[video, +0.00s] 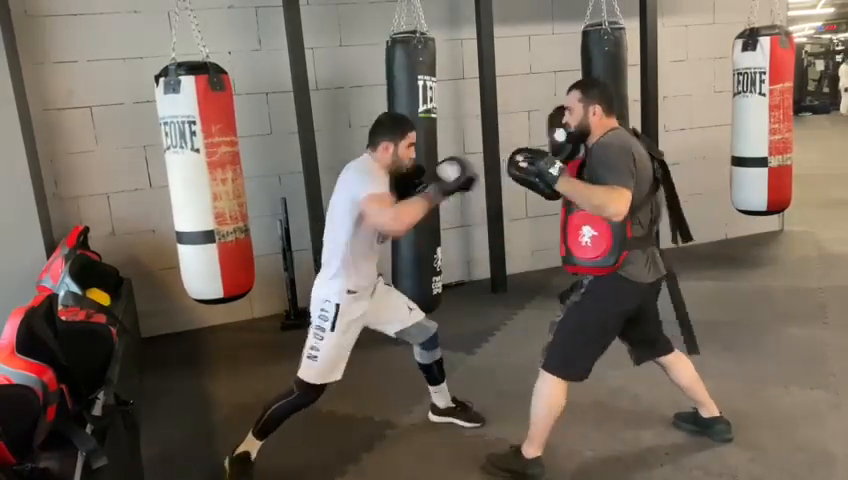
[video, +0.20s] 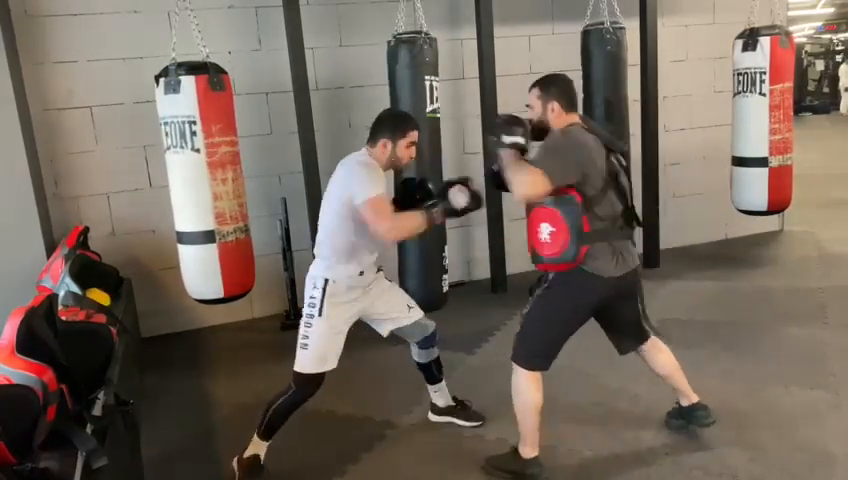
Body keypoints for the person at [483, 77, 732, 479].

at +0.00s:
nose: (567, 119)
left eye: (571, 110)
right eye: (566, 111)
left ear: (595, 110)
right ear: (603, 112)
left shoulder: (609, 148)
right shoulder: (629, 144)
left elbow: (616, 204)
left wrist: (556, 178)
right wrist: (569, 158)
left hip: (615, 278)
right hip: (644, 274)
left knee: (557, 364)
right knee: (660, 348)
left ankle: (529, 454)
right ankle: (712, 415)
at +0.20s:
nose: (531, 114)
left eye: (533, 106)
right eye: (530, 106)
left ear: (552, 106)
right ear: (569, 106)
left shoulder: (566, 143)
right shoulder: (593, 137)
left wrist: (509, 151)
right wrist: (532, 149)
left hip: (582, 273)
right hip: (621, 268)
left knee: (527, 357)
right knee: (644, 338)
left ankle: (527, 455)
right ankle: (692, 405)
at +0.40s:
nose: (509, 128)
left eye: (511, 120)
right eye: (508, 120)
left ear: (532, 119)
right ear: (547, 119)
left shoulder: (526, 153)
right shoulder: (584, 147)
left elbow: (471, 195)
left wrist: (443, 173)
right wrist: (512, 215)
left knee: (513, 361)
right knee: (629, 344)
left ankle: (524, 455)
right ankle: (661, 413)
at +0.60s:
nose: (525, 121)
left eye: (528, 113)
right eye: (524, 114)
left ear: (549, 112)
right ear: (556, 112)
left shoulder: (577, 151)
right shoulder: (565, 148)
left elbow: (589, 214)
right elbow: (541, 205)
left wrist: (532, 247)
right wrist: (501, 177)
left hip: (582, 279)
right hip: (604, 273)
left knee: (522, 358)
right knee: (616, 345)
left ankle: (526, 452)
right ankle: (663, 412)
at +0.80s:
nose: (524, 130)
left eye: (526, 123)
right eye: (523, 123)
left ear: (545, 119)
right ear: (563, 120)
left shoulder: (541, 149)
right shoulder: (594, 147)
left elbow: (501, 189)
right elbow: (622, 198)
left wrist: (431, 194)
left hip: (577, 273)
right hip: (621, 271)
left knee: (520, 362)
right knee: (625, 341)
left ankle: (514, 462)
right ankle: (664, 413)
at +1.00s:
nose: (493, 136)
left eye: (497, 128)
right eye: (493, 129)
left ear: (519, 125)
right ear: (529, 125)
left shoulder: (542, 153)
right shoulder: (560, 150)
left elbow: (531, 206)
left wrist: (465, 189)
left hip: (577, 284)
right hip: (598, 276)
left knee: (516, 372)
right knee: (610, 352)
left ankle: (513, 466)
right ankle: (660, 413)